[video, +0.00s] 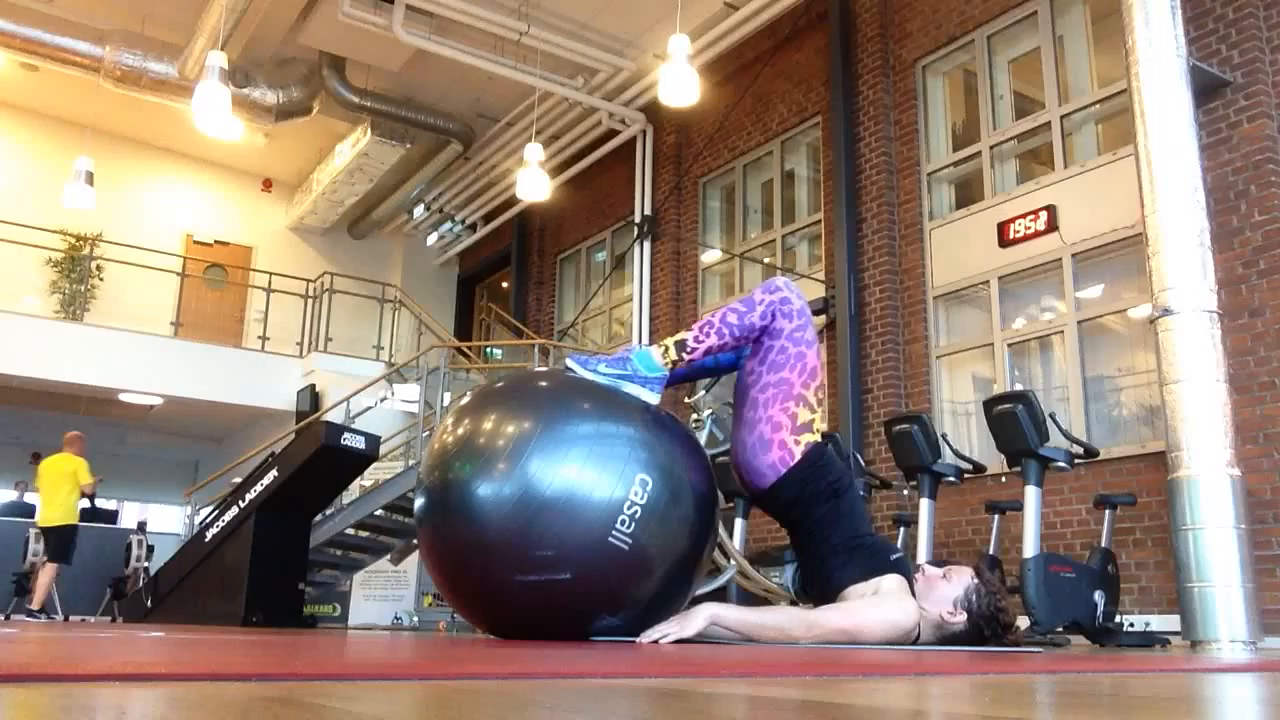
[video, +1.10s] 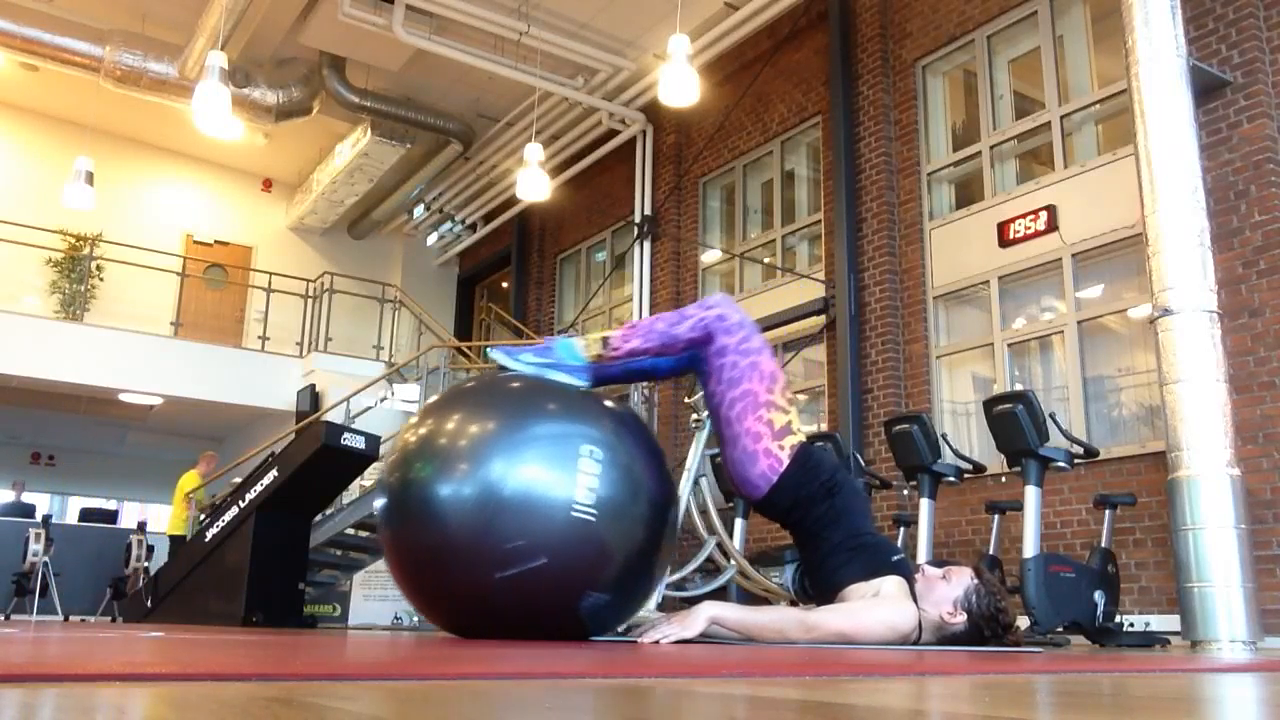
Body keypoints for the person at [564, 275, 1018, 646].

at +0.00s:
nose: (934, 564)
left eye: (946, 576)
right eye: (948, 567)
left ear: (947, 612)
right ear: (945, 611)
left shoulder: (894, 611)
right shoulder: (903, 603)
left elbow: (807, 626)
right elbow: (808, 623)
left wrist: (713, 615)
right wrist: (721, 616)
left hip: (779, 461)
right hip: (802, 458)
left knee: (782, 297)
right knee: (787, 303)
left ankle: (649, 368)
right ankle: (658, 373)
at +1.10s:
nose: (945, 567)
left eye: (953, 579)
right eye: (959, 570)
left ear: (947, 612)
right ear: (946, 597)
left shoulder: (894, 614)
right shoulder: (896, 598)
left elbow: (796, 628)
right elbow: (797, 624)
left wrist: (709, 615)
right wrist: (716, 618)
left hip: (771, 471)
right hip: (792, 461)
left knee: (720, 318)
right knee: (725, 320)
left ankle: (579, 360)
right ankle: (587, 365)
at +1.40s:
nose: (941, 569)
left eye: (952, 582)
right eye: (954, 572)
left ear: (945, 616)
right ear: (946, 607)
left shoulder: (890, 610)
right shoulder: (889, 593)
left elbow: (802, 624)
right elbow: (800, 619)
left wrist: (706, 615)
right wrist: (712, 617)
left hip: (758, 484)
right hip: (773, 469)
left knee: (657, 363)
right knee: (659, 361)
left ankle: (502, 363)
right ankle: (514, 366)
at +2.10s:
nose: (937, 569)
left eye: (948, 580)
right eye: (951, 569)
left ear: (946, 617)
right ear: (944, 601)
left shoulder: (889, 613)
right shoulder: (894, 597)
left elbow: (796, 628)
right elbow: (798, 623)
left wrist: (706, 612)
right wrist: (712, 620)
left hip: (750, 480)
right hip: (769, 469)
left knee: (709, 322)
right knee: (710, 337)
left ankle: (569, 369)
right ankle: (584, 381)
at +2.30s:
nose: (935, 563)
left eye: (947, 576)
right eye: (948, 566)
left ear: (947, 613)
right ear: (944, 611)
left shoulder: (891, 611)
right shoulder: (901, 601)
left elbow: (805, 626)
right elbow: (803, 622)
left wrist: (709, 614)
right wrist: (714, 616)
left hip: (764, 464)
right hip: (786, 465)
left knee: (778, 304)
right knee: (781, 310)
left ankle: (645, 365)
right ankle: (649, 369)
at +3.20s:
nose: (942, 567)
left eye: (951, 577)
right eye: (955, 569)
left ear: (946, 611)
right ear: (944, 598)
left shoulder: (892, 613)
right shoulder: (894, 600)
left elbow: (795, 629)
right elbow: (794, 625)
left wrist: (705, 616)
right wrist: (708, 619)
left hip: (765, 473)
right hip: (783, 465)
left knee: (722, 317)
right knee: (728, 321)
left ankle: (583, 364)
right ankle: (597, 370)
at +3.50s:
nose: (937, 569)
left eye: (949, 581)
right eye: (950, 570)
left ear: (946, 617)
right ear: (945, 605)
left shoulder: (892, 610)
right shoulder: (891, 594)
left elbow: (804, 626)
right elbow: (802, 621)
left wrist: (708, 618)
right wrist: (714, 622)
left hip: (756, 481)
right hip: (773, 467)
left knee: (665, 355)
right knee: (668, 351)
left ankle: (508, 361)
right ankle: (522, 363)